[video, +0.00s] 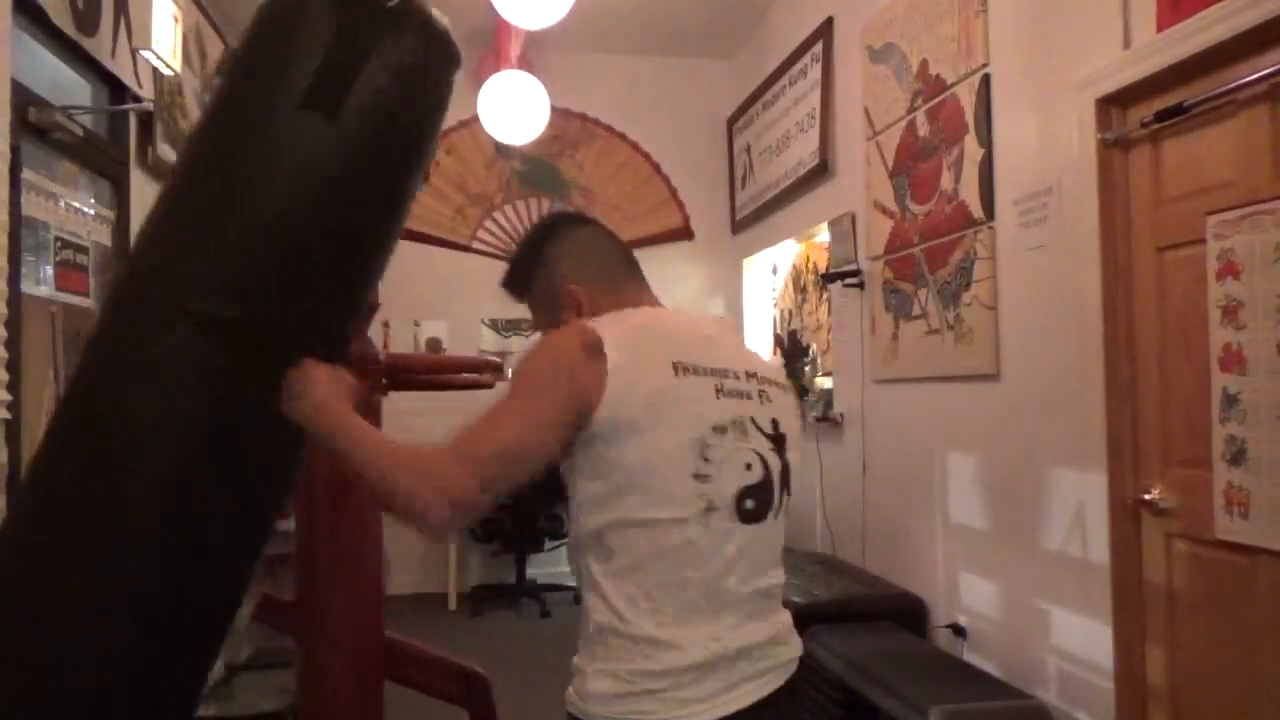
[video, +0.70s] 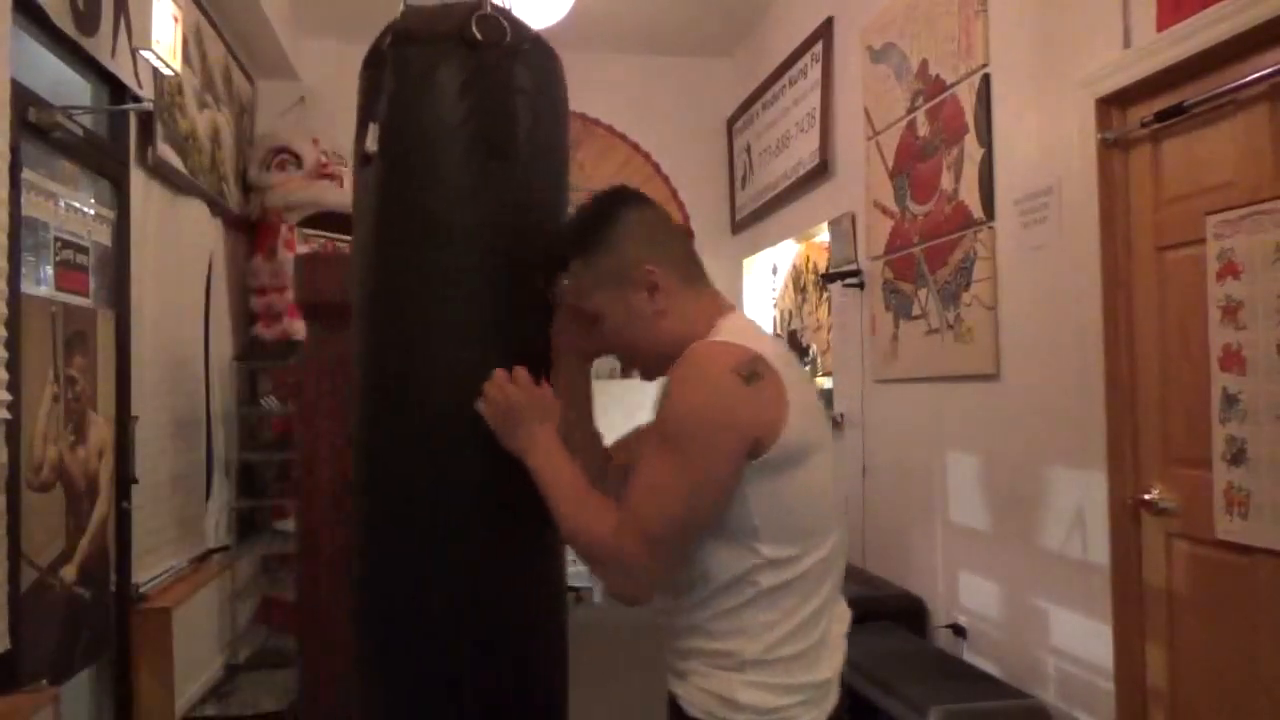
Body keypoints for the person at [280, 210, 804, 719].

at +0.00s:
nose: (541, 344)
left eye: (540, 325)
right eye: (536, 329)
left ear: (574, 300)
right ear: (639, 285)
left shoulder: (585, 352)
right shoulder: (746, 355)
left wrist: (327, 413)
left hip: (642, 698)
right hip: (774, 679)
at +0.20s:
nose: (500, 379)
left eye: (489, 357)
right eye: (486, 363)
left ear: (524, 316)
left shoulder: (610, 379)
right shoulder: (647, 355)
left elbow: (568, 594)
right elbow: (542, 515)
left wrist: (469, 456)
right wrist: (508, 397)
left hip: (681, 702)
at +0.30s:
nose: (480, 360)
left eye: (477, 336)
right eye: (470, 342)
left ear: (531, 302)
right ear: (535, 301)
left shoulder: (627, 380)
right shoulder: (593, 379)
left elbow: (562, 579)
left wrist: (467, 432)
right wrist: (456, 431)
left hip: (676, 703)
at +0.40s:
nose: (483, 356)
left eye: (483, 328)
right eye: (474, 333)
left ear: (539, 296)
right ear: (541, 295)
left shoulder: (629, 381)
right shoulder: (592, 371)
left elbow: (562, 589)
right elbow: (501, 472)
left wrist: (458, 445)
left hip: (657, 704)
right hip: (615, 689)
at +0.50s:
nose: (511, 347)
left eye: (506, 321)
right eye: (498, 326)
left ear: (561, 289)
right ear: (565, 288)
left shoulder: (621, 377)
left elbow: (553, 581)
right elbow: (529, 501)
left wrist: (461, 440)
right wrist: (522, 364)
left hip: (662, 704)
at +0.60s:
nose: (539, 339)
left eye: (539, 315)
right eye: (532, 318)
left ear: (593, 286)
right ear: (596, 282)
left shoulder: (647, 371)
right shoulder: (697, 339)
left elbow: (574, 573)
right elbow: (570, 512)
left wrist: (496, 431)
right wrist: (547, 362)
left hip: (700, 699)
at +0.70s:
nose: (604, 347)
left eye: (600, 321)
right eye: (591, 326)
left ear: (652, 289)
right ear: (654, 289)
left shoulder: (718, 373)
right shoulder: (742, 359)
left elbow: (633, 570)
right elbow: (597, 487)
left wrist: (536, 444)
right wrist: (570, 360)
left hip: (742, 704)